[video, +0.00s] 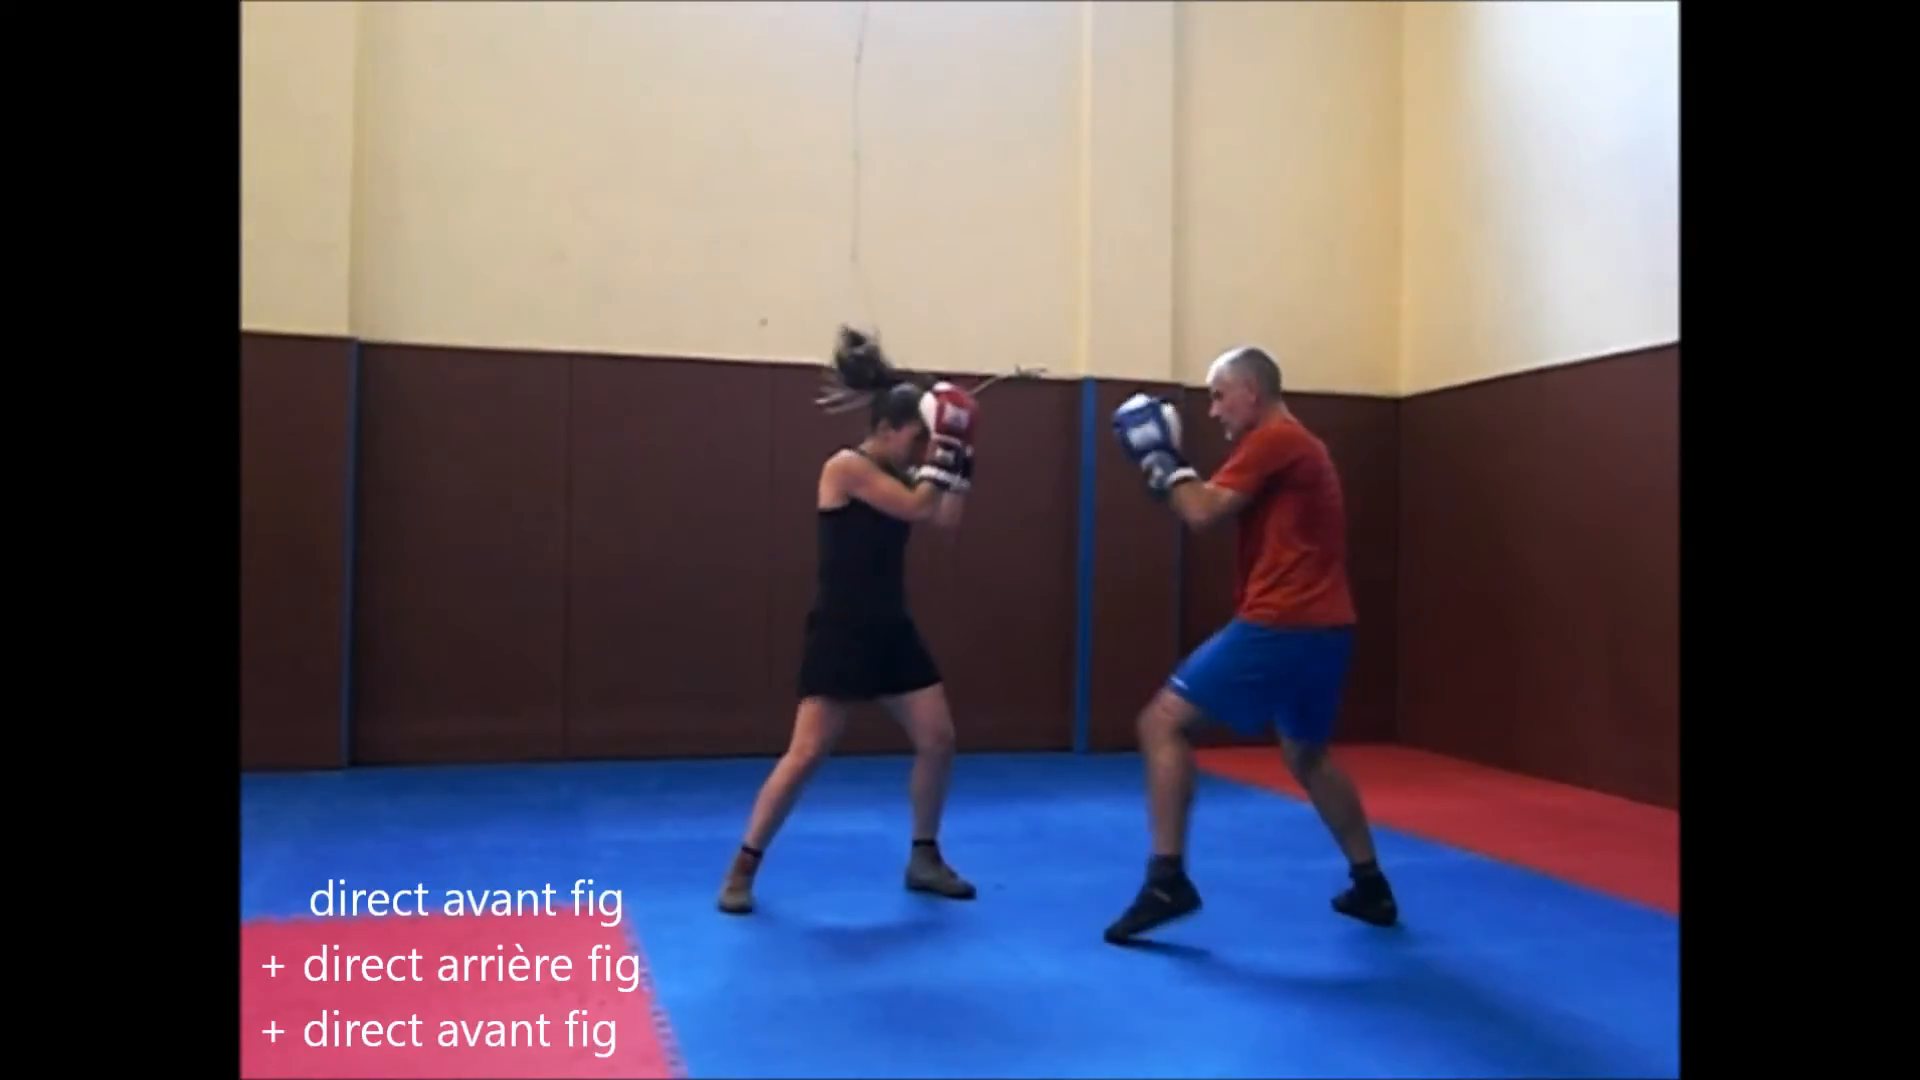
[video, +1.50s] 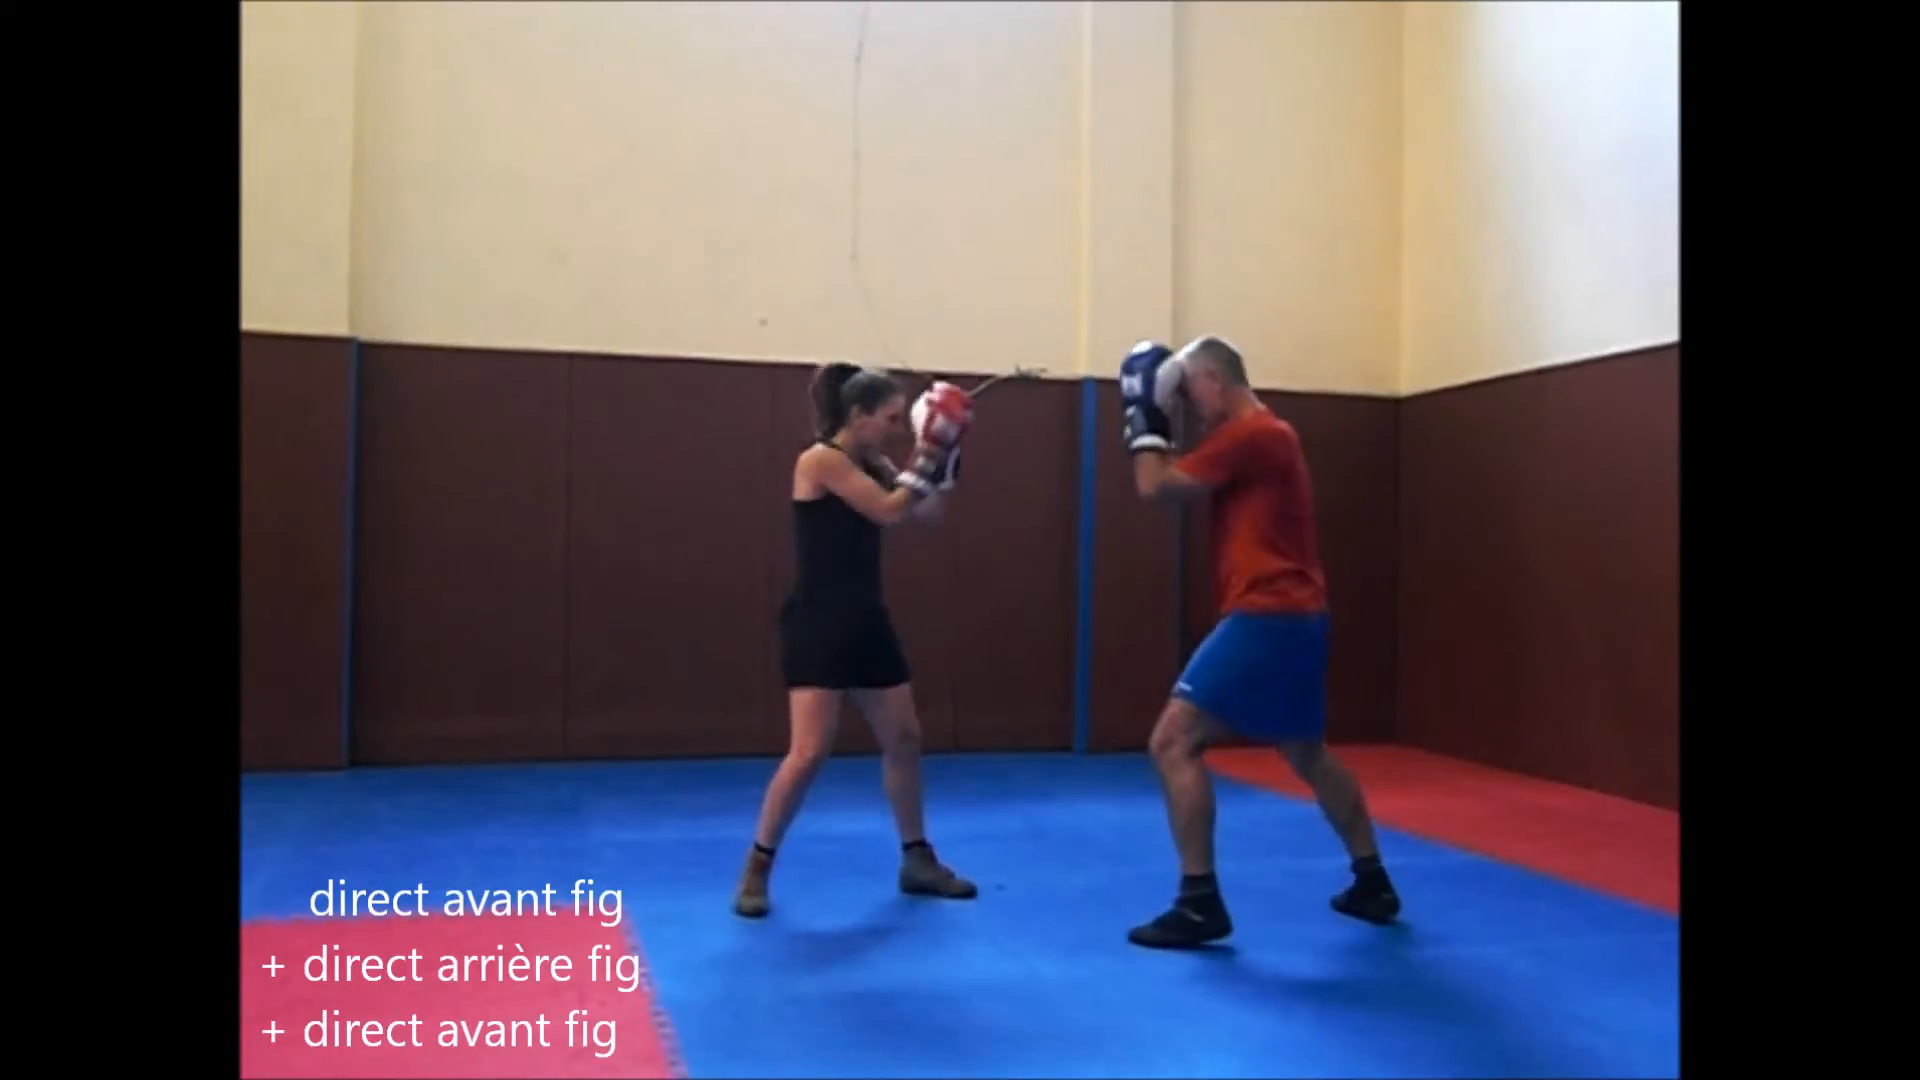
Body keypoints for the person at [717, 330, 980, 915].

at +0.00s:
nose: (920, 452)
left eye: (924, 442)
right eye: (915, 439)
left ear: (908, 438)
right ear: (886, 429)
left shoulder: (897, 480)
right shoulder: (845, 468)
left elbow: (949, 517)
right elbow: (916, 507)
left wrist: (958, 453)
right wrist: (943, 454)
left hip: (890, 632)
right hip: (839, 633)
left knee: (936, 739)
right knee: (805, 753)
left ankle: (925, 859)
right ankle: (743, 867)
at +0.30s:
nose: (913, 441)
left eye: (915, 432)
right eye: (906, 431)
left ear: (895, 432)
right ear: (877, 426)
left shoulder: (888, 475)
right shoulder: (838, 462)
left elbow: (939, 507)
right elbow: (908, 505)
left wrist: (946, 451)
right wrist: (927, 452)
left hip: (874, 626)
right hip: (824, 626)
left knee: (920, 735)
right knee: (792, 749)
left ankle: (923, 858)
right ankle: (742, 866)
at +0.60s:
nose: (894, 447)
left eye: (898, 438)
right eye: (890, 435)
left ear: (876, 429)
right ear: (861, 424)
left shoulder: (866, 471)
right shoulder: (820, 462)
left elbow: (918, 510)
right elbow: (891, 501)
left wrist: (934, 456)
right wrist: (916, 450)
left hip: (868, 626)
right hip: (818, 627)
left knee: (914, 737)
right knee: (790, 751)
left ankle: (923, 859)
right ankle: (741, 867)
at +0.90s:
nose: (884, 450)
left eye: (888, 441)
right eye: (879, 438)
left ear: (875, 435)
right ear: (851, 426)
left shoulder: (858, 469)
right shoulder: (811, 462)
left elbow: (905, 501)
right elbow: (880, 502)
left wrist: (919, 445)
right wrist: (909, 454)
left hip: (864, 625)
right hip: (813, 627)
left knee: (909, 736)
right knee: (790, 751)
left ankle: (922, 858)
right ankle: (742, 867)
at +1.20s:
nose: (872, 443)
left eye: (874, 433)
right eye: (867, 432)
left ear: (845, 430)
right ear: (835, 426)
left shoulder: (850, 476)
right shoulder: (800, 471)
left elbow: (897, 534)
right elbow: (859, 528)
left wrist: (914, 482)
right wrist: (891, 482)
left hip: (865, 633)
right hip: (814, 636)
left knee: (917, 740)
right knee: (795, 758)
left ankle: (923, 859)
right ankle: (742, 869)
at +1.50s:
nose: (897, 429)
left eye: (900, 420)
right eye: (892, 418)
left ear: (866, 420)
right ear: (859, 414)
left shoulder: (867, 467)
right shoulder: (820, 461)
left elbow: (925, 511)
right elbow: (885, 510)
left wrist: (945, 457)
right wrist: (925, 460)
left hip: (866, 622)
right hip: (817, 623)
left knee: (903, 739)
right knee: (808, 752)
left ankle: (917, 858)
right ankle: (758, 867)